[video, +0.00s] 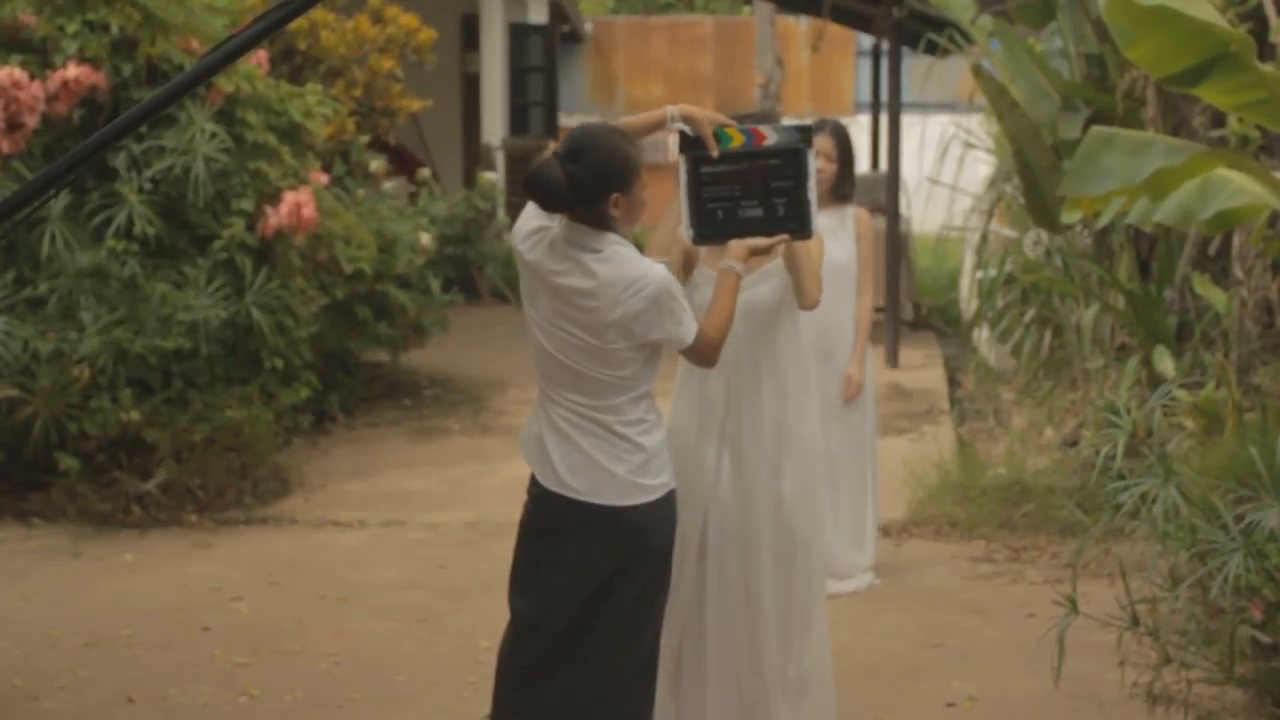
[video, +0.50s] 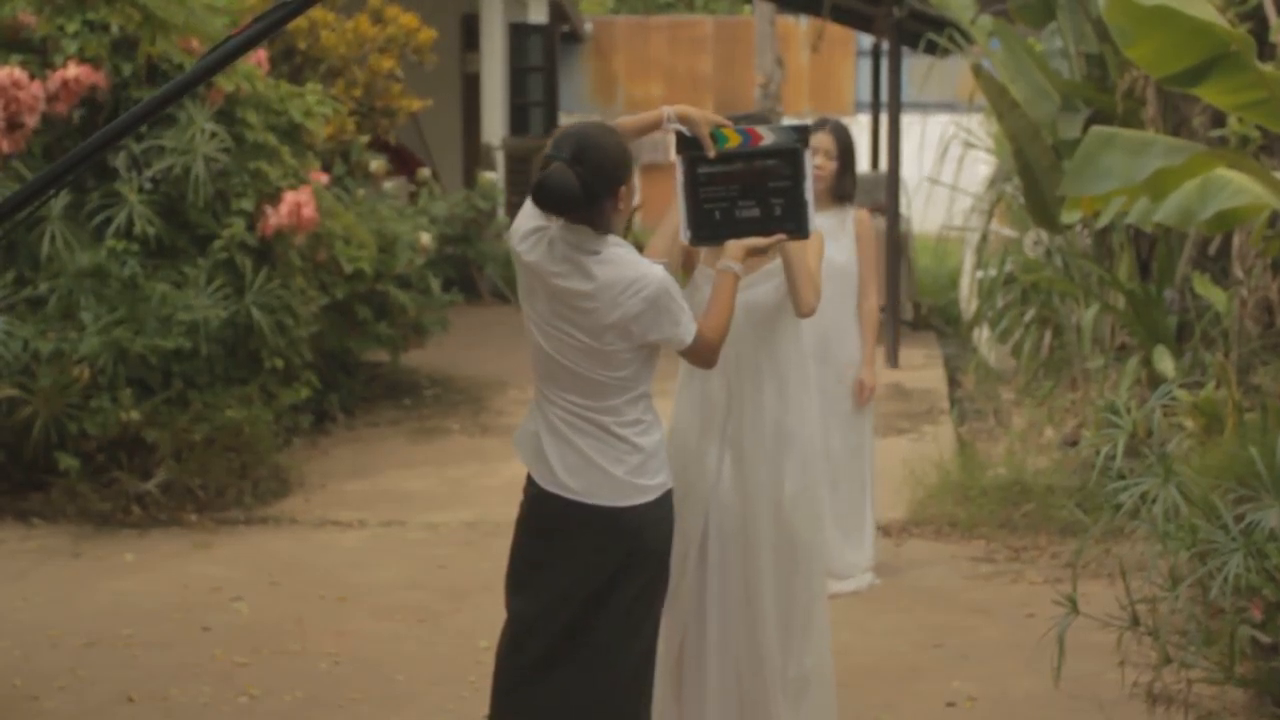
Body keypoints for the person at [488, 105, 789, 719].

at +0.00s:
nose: (648, 191)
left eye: (644, 178)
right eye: (642, 183)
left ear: (573, 191)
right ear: (616, 202)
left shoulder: (533, 240)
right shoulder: (642, 281)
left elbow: (573, 145)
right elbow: (704, 350)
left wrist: (669, 114)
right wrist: (732, 266)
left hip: (556, 486)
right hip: (634, 495)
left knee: (533, 649)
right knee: (621, 662)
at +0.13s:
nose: (644, 191)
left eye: (641, 178)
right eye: (638, 182)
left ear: (572, 191)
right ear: (615, 201)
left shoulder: (533, 240)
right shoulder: (642, 281)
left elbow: (574, 148)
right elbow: (703, 350)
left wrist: (667, 115)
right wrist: (732, 265)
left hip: (555, 486)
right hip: (633, 495)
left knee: (532, 648)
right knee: (621, 661)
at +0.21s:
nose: (642, 191)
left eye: (639, 178)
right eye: (636, 182)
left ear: (569, 187)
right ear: (614, 200)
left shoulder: (531, 239)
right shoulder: (641, 281)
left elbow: (574, 149)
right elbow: (703, 350)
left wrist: (667, 115)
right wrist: (732, 264)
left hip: (554, 487)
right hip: (633, 495)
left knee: (530, 651)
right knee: (620, 663)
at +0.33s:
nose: (640, 191)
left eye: (637, 178)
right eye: (634, 181)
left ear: (564, 185)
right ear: (613, 199)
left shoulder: (530, 239)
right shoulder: (640, 280)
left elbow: (569, 152)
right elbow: (702, 350)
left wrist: (663, 117)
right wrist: (731, 265)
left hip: (554, 488)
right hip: (632, 495)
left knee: (530, 651)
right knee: (619, 661)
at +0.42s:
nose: (638, 189)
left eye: (635, 177)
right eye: (633, 180)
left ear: (563, 184)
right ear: (614, 199)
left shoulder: (530, 240)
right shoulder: (640, 280)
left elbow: (568, 151)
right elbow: (703, 350)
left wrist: (663, 117)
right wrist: (730, 265)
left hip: (553, 488)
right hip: (631, 495)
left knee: (529, 649)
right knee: (619, 661)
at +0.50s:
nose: (636, 185)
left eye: (631, 175)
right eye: (632, 177)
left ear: (557, 182)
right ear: (621, 197)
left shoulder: (530, 241)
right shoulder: (639, 280)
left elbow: (567, 152)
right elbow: (703, 350)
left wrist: (663, 116)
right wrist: (730, 264)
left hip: (553, 489)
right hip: (632, 496)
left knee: (529, 651)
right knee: (619, 662)